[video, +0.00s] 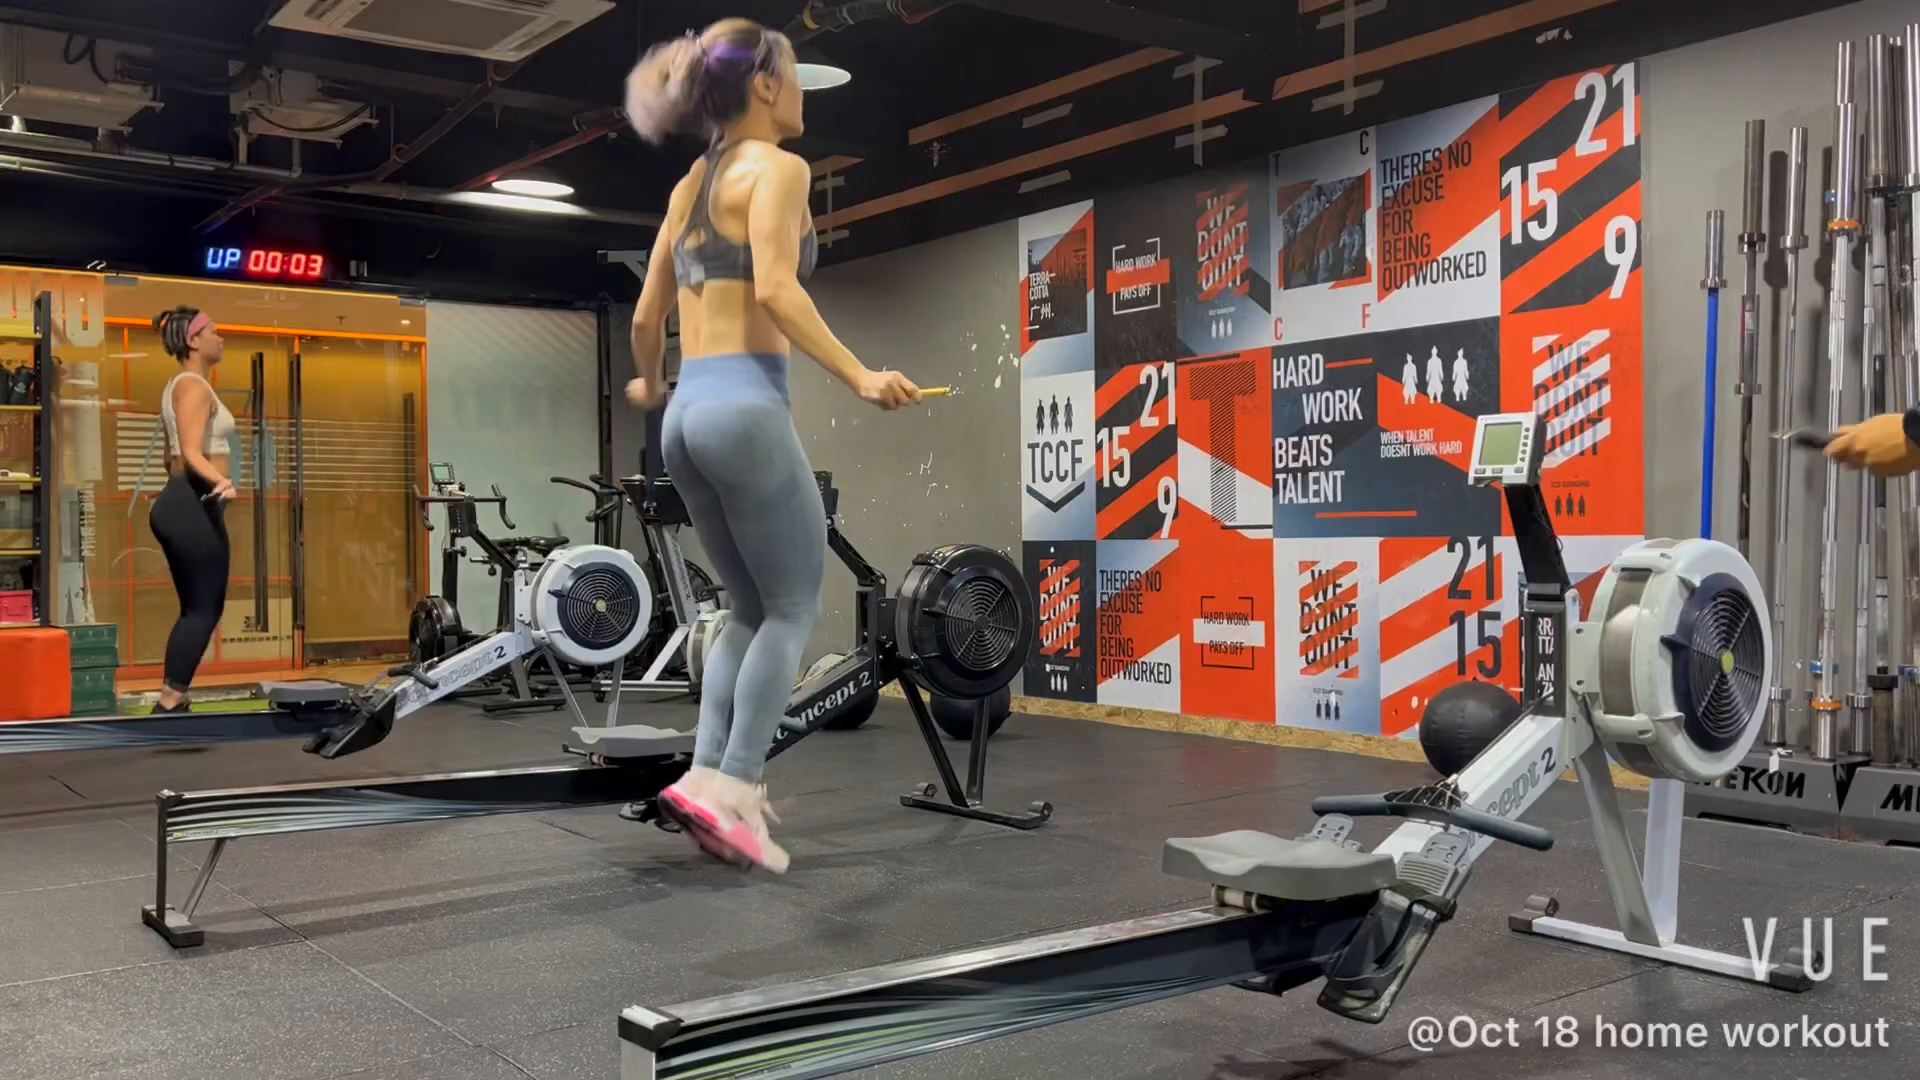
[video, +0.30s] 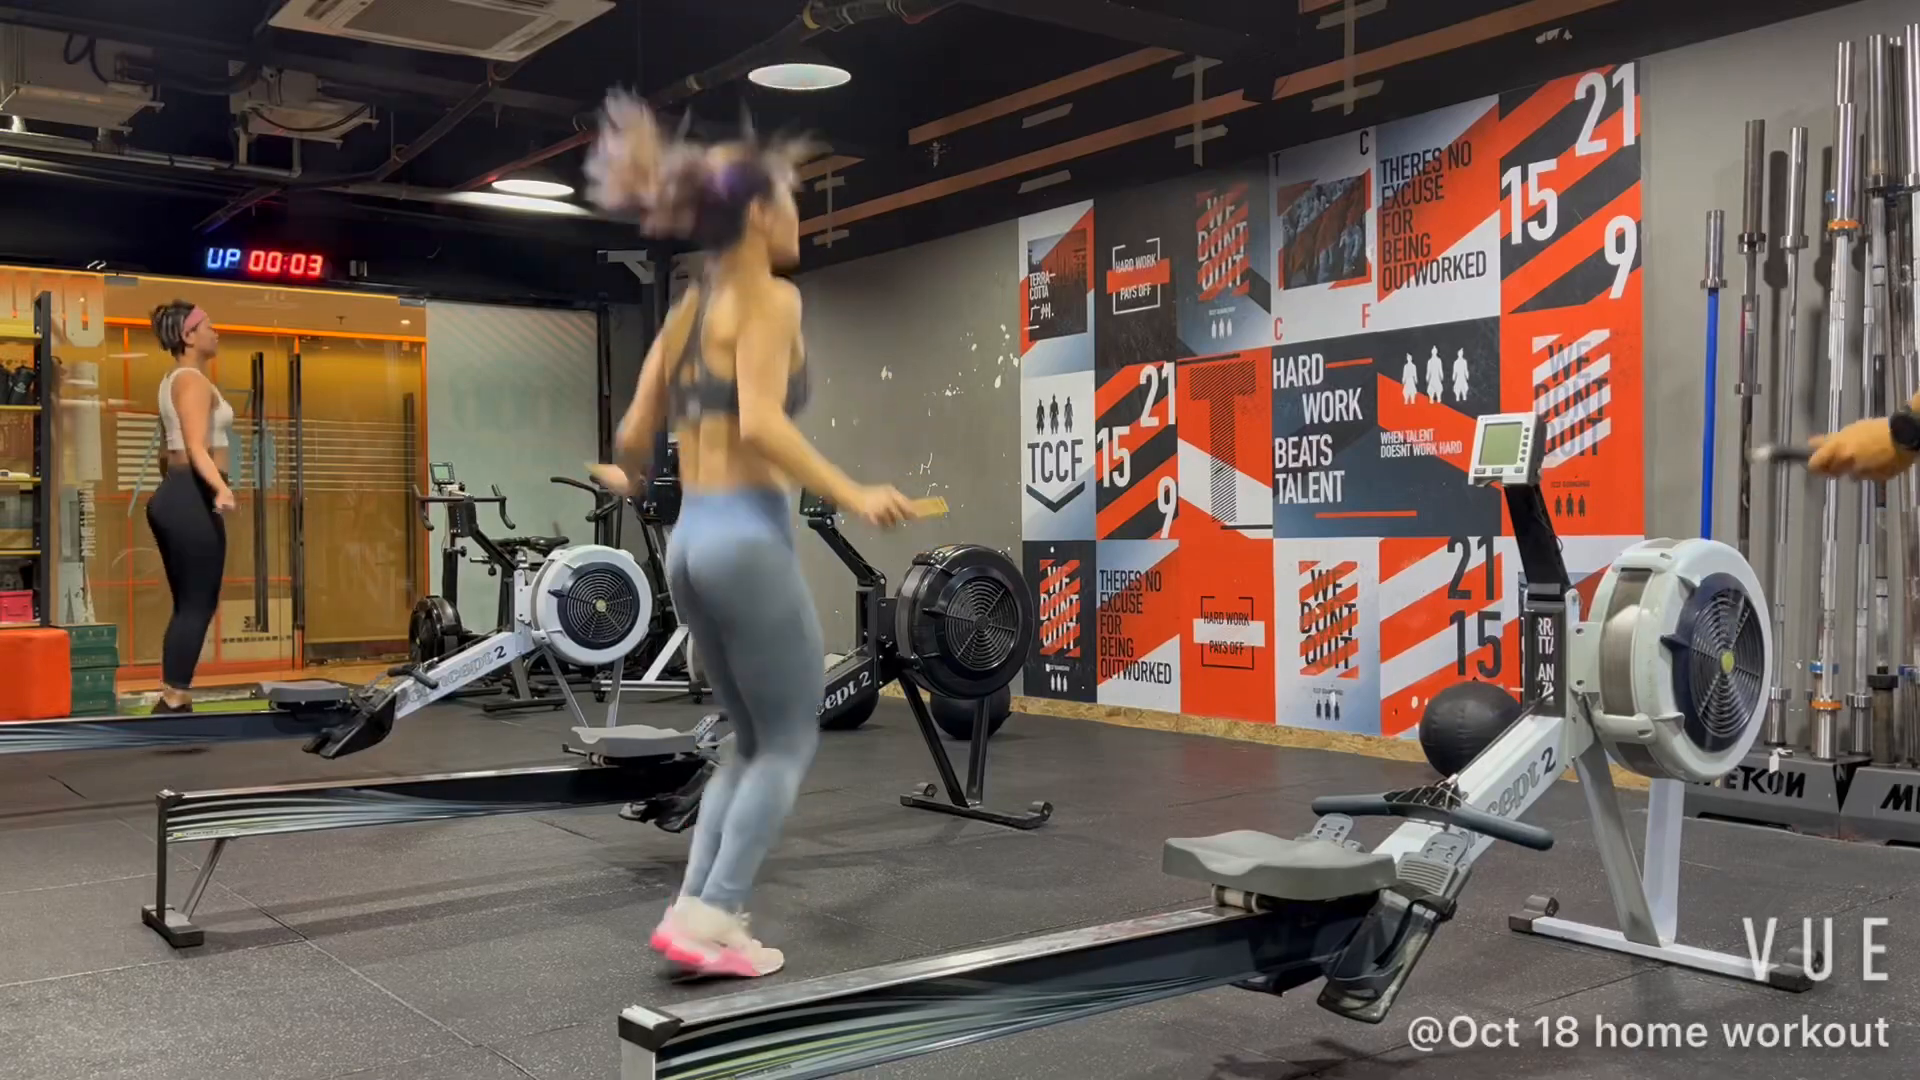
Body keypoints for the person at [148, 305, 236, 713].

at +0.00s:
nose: (221, 336)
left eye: (217, 329)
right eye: (213, 331)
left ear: (191, 343)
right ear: (194, 342)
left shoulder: (179, 385)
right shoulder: (193, 385)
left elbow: (174, 460)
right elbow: (190, 453)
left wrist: (207, 484)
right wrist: (220, 481)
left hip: (179, 501)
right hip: (190, 503)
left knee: (196, 608)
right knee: (205, 607)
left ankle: (173, 697)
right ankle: (172, 698)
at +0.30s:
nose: (214, 329)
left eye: (210, 323)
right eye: (206, 325)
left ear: (184, 337)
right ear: (188, 336)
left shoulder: (173, 381)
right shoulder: (192, 380)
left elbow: (168, 454)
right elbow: (194, 447)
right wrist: (221, 486)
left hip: (173, 494)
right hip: (189, 494)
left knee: (188, 603)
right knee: (198, 603)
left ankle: (173, 697)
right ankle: (175, 698)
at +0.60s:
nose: (215, 358)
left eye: (211, 349)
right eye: (210, 350)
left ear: (184, 359)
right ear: (193, 357)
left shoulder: (167, 405)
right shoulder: (191, 406)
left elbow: (175, 475)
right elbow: (197, 473)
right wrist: (243, 501)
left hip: (169, 520)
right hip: (190, 522)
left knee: (194, 627)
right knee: (206, 627)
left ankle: (166, 713)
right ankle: (168, 715)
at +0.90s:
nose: (211, 359)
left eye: (208, 351)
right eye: (206, 352)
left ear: (178, 358)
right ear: (187, 356)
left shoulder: (163, 404)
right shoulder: (184, 404)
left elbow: (176, 476)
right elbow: (191, 474)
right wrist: (240, 487)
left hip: (166, 523)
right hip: (184, 525)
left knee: (193, 628)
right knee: (214, 626)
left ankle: (158, 714)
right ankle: (166, 717)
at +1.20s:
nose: (206, 330)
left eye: (203, 323)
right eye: (199, 324)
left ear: (173, 332)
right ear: (180, 331)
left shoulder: (159, 378)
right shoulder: (179, 378)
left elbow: (158, 452)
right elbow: (179, 447)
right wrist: (217, 476)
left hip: (161, 494)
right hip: (178, 495)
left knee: (180, 603)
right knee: (193, 601)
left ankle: (159, 696)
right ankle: (158, 698)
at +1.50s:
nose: (205, 338)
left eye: (202, 331)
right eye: (199, 332)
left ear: (172, 340)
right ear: (179, 339)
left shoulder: (160, 385)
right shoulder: (178, 385)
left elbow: (160, 460)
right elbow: (183, 454)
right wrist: (220, 494)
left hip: (162, 501)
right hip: (179, 502)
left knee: (172, 611)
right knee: (182, 612)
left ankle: (152, 706)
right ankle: (154, 708)